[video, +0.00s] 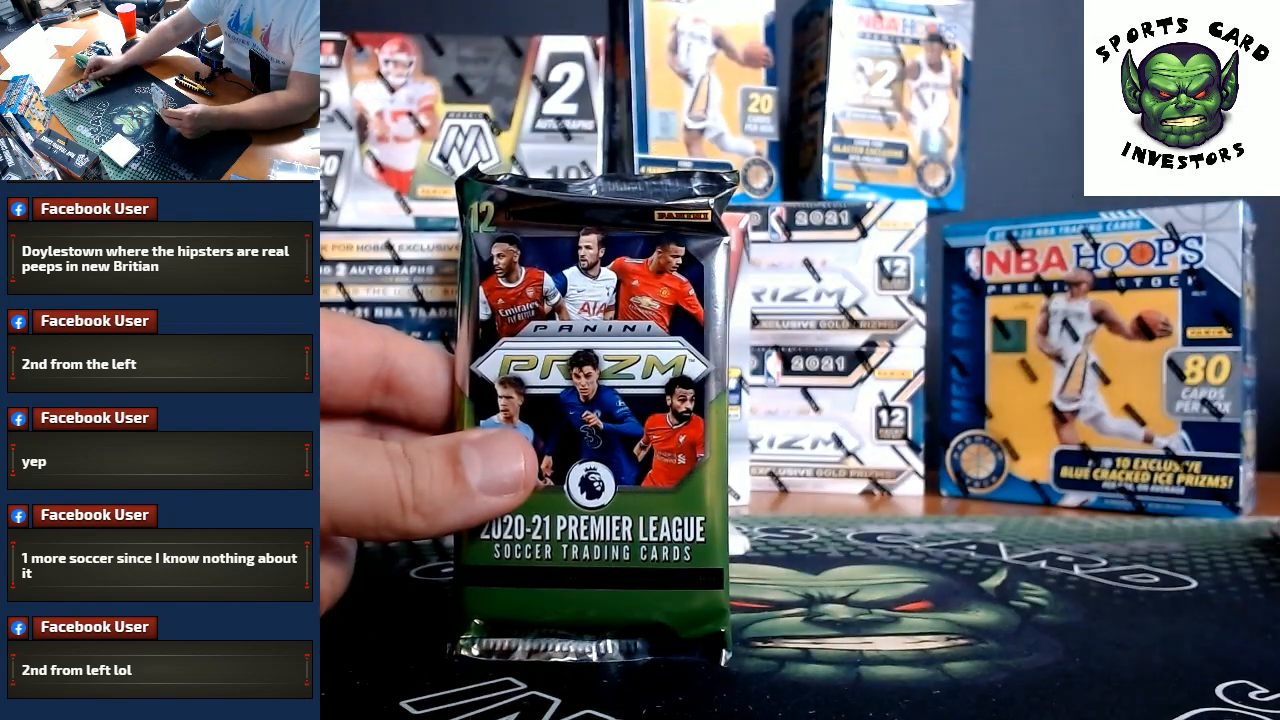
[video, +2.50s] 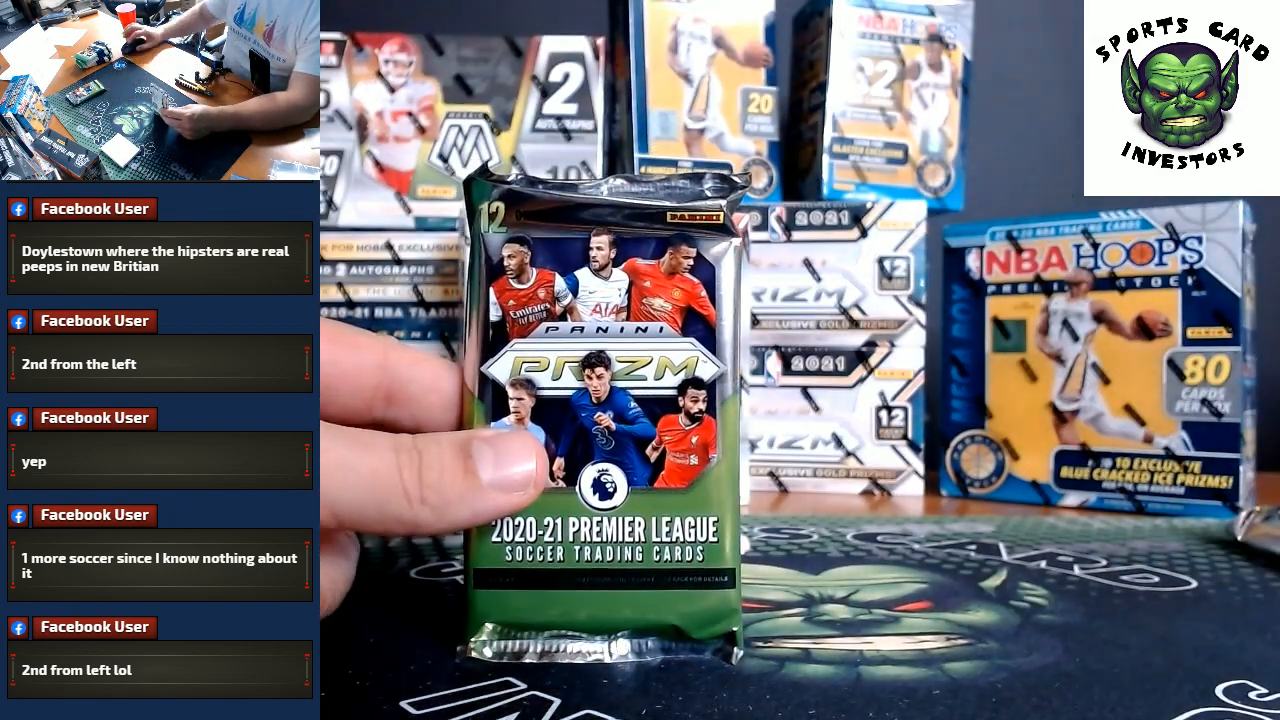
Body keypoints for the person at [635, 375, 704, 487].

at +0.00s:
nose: (688, 406)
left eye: (692, 400)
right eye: (682, 400)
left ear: (694, 400)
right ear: (668, 400)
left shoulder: (698, 426)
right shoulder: (653, 422)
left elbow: (703, 461)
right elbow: (642, 446)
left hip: (681, 492)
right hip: (652, 487)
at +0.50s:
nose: (699, 409)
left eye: (703, 404)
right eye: (693, 404)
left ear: (706, 404)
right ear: (679, 404)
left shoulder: (710, 431)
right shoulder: (664, 426)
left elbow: (715, 468)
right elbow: (653, 450)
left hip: (691, 497)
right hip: (662, 491)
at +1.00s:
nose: (698, 408)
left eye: (701, 402)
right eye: (691, 402)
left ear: (704, 403)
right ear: (678, 403)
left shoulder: (708, 429)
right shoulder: (662, 424)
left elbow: (713, 465)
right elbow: (652, 448)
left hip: (691, 495)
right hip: (661, 490)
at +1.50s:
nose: (695, 407)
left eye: (699, 401)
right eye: (689, 401)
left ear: (701, 401)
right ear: (675, 402)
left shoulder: (706, 427)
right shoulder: (660, 424)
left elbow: (711, 466)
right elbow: (650, 448)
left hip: (689, 494)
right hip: (659, 489)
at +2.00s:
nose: (696, 408)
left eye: (699, 402)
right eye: (689, 402)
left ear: (702, 402)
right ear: (676, 403)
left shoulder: (706, 429)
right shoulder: (660, 425)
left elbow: (712, 466)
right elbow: (650, 448)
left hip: (689, 494)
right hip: (659, 490)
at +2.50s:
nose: (701, 407)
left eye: (704, 401)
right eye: (694, 401)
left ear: (707, 401)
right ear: (681, 401)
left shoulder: (710, 426)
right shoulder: (665, 423)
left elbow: (715, 461)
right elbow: (655, 447)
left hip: (694, 492)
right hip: (664, 488)